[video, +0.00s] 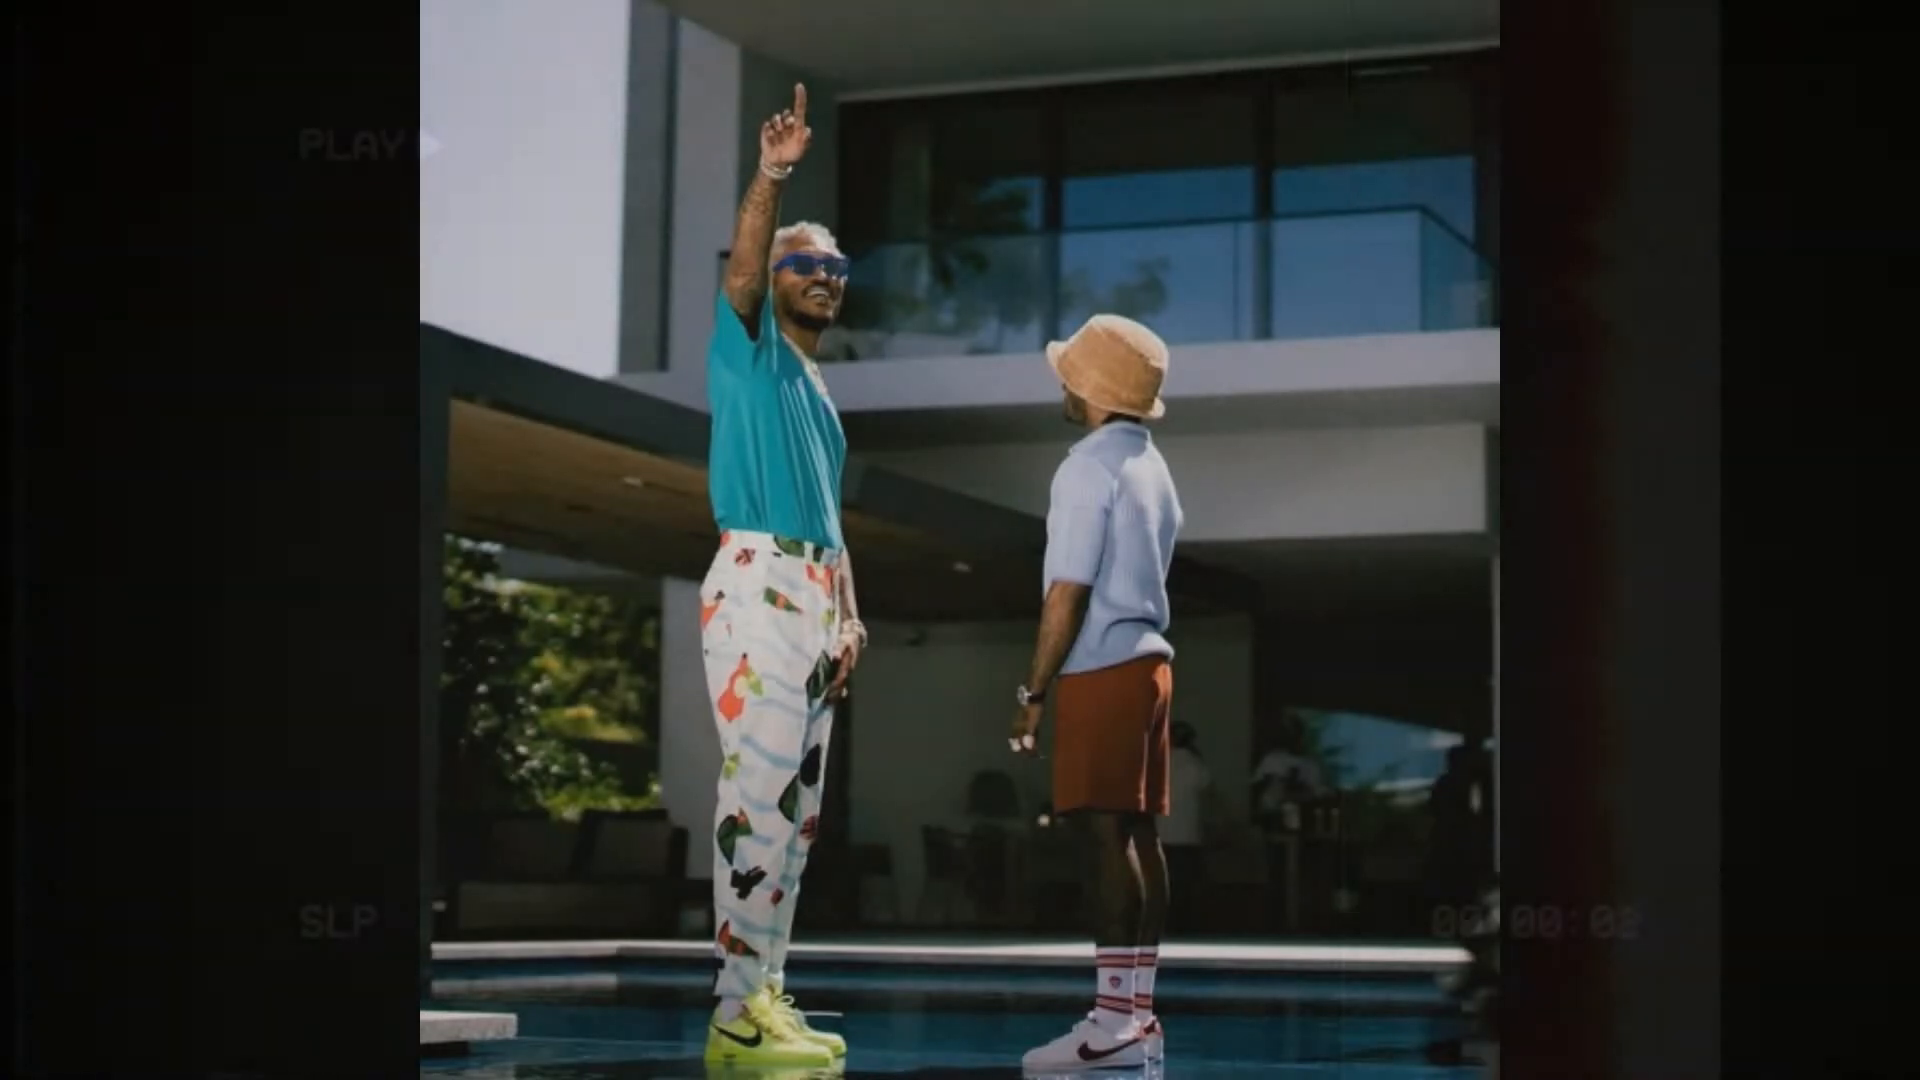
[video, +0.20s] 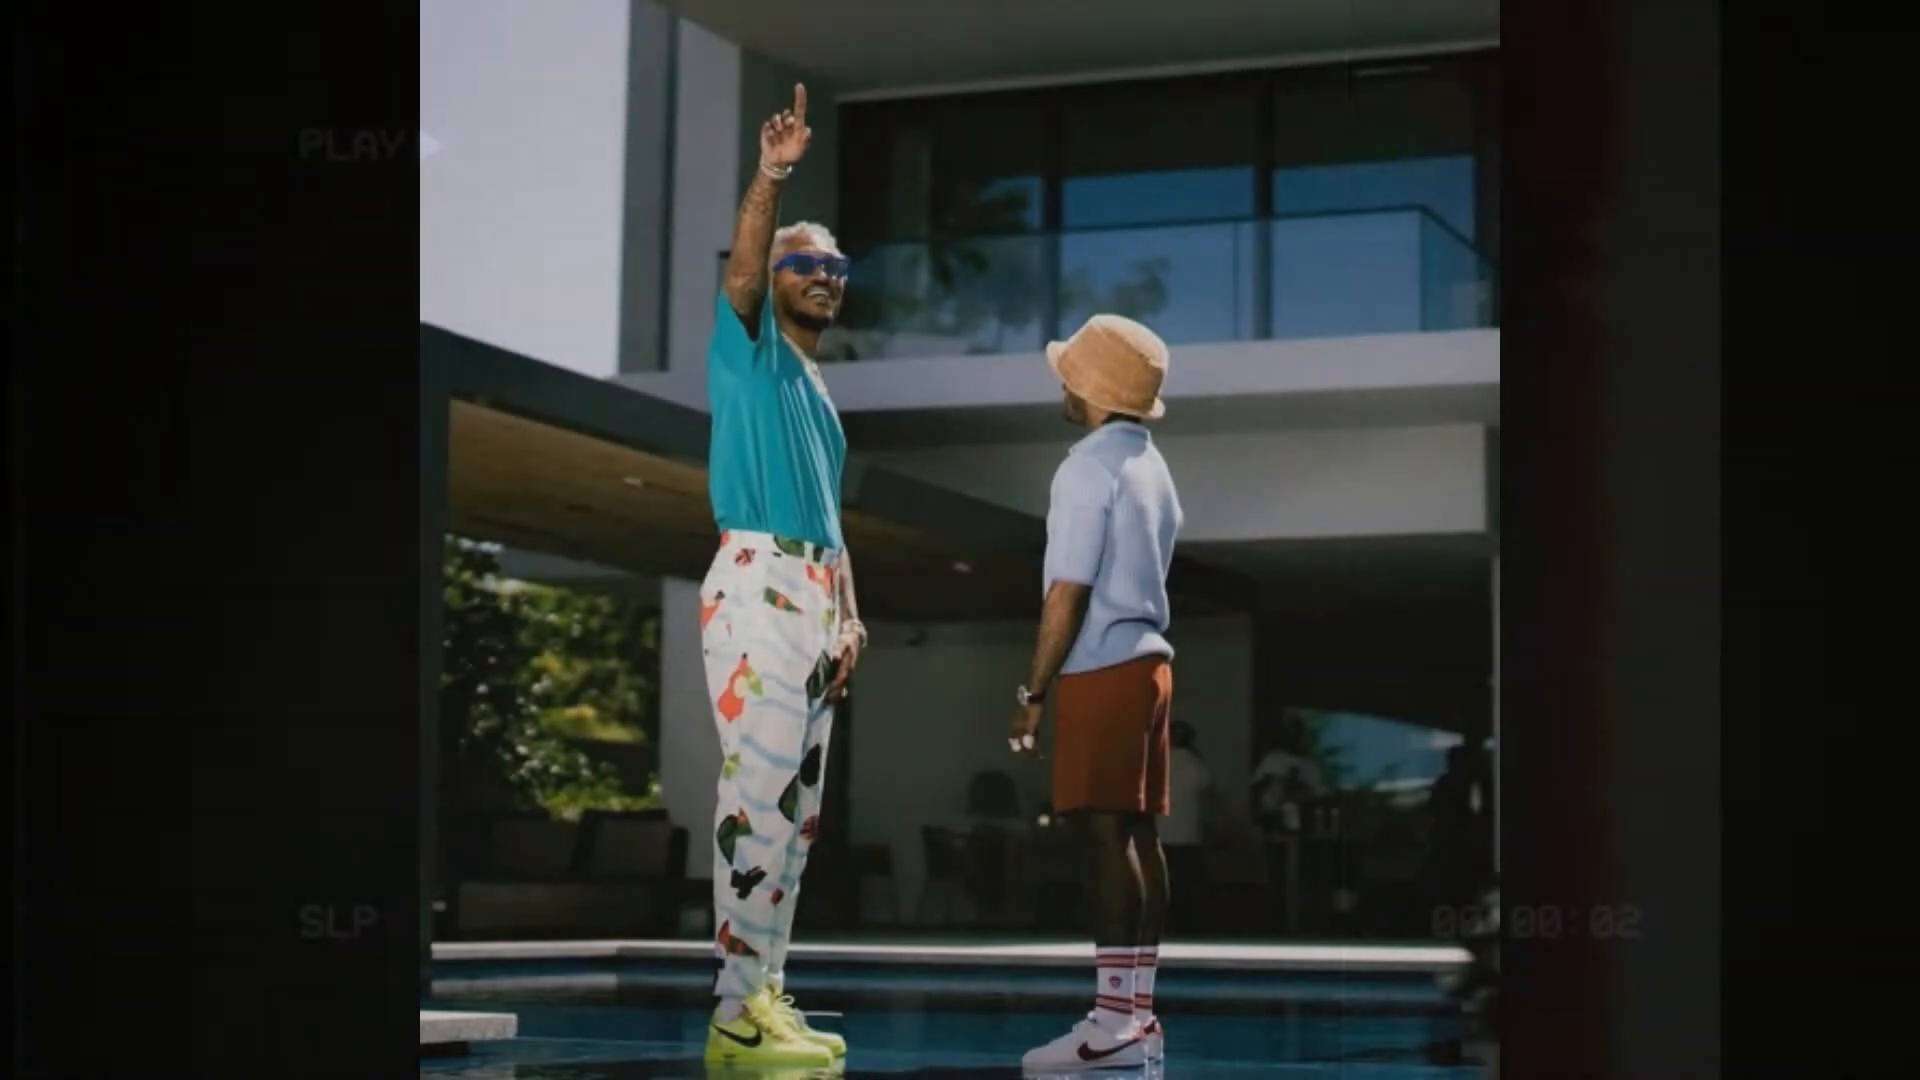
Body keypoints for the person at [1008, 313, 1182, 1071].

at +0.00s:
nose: (1064, 388)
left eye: (1072, 378)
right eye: (1069, 376)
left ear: (1090, 391)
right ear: (1132, 394)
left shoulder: (1088, 468)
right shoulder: (1148, 463)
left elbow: (1067, 595)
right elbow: (1147, 579)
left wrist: (1032, 691)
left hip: (1104, 669)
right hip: (1147, 665)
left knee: (1105, 837)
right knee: (1140, 837)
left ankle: (1116, 1014)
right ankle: (1135, 1012)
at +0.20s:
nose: (1064, 388)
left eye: (1072, 378)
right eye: (1069, 376)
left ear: (1090, 391)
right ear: (1131, 394)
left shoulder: (1087, 468)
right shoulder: (1148, 463)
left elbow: (1067, 595)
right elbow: (1147, 578)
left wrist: (1032, 690)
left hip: (1104, 668)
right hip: (1147, 665)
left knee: (1105, 837)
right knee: (1140, 837)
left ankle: (1116, 1014)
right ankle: (1135, 1011)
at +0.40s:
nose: (1064, 387)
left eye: (1072, 378)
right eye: (1069, 376)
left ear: (1090, 391)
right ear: (1132, 394)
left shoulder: (1087, 468)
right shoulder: (1148, 463)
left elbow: (1067, 595)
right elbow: (1148, 578)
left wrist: (1032, 691)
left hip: (1104, 668)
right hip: (1147, 665)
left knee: (1105, 837)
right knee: (1140, 837)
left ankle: (1116, 1014)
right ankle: (1135, 1012)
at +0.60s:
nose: (1064, 388)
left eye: (1072, 378)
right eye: (1070, 376)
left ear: (1090, 391)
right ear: (1132, 393)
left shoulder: (1088, 468)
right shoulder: (1148, 463)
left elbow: (1067, 595)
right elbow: (1148, 577)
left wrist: (1032, 691)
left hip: (1104, 668)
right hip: (1147, 664)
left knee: (1105, 838)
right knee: (1139, 837)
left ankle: (1117, 1014)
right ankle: (1135, 1012)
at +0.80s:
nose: (1064, 389)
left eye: (1072, 379)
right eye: (1069, 377)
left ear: (1090, 391)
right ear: (1132, 394)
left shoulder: (1088, 468)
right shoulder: (1148, 463)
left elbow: (1067, 595)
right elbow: (1148, 577)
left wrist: (1032, 690)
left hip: (1104, 668)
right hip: (1147, 664)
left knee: (1105, 837)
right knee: (1140, 837)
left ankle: (1116, 1014)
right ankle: (1135, 1011)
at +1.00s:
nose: (1064, 388)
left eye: (1072, 379)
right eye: (1069, 377)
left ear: (1091, 391)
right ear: (1132, 394)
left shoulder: (1088, 468)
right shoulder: (1148, 463)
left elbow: (1067, 594)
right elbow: (1148, 577)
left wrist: (1032, 690)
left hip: (1104, 668)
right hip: (1147, 665)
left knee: (1107, 838)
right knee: (1139, 837)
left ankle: (1116, 1015)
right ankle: (1135, 1013)